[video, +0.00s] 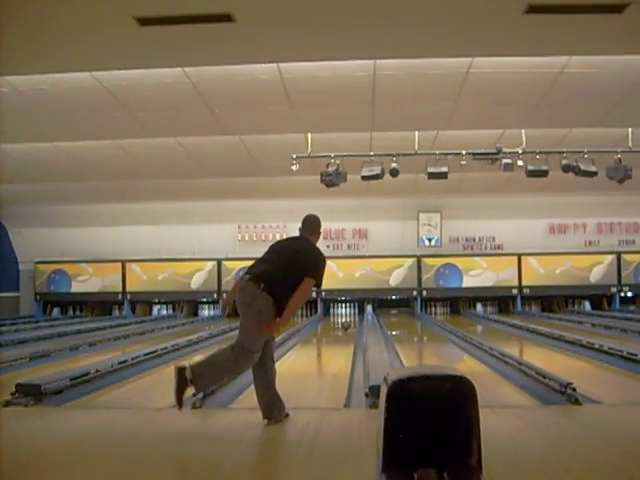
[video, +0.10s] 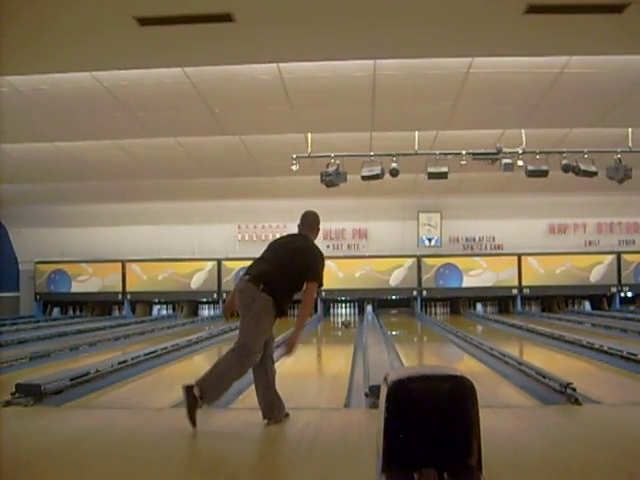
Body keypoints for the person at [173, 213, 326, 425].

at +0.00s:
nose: (317, 236)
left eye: (313, 230)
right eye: (319, 233)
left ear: (301, 229)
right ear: (319, 233)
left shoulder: (284, 243)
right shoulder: (316, 256)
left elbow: (255, 269)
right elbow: (303, 292)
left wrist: (232, 295)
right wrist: (283, 320)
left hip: (245, 290)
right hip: (261, 297)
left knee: (264, 357)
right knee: (246, 352)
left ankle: (273, 412)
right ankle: (191, 375)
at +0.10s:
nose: (314, 232)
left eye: (311, 228)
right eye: (316, 229)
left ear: (299, 226)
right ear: (318, 230)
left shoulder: (281, 241)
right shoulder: (314, 254)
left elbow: (253, 272)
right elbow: (308, 299)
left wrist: (232, 298)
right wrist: (296, 334)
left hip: (246, 290)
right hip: (263, 299)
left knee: (263, 356)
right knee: (247, 351)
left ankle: (273, 412)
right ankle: (199, 392)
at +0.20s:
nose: (313, 227)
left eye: (309, 223)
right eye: (315, 224)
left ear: (297, 222)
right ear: (316, 226)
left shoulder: (280, 239)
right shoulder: (314, 254)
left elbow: (253, 269)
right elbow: (316, 298)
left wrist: (233, 297)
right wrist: (318, 336)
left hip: (245, 290)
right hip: (262, 299)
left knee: (263, 356)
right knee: (248, 352)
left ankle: (273, 411)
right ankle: (200, 393)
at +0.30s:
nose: (313, 224)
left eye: (310, 220)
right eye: (314, 221)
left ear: (296, 219)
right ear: (314, 222)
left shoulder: (279, 237)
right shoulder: (314, 250)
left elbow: (253, 267)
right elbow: (324, 291)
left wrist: (233, 295)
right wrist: (336, 321)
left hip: (244, 289)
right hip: (260, 297)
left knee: (262, 355)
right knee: (248, 353)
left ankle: (273, 412)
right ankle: (200, 394)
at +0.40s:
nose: (311, 220)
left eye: (308, 216)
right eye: (313, 217)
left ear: (294, 216)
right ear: (313, 219)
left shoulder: (277, 235)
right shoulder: (314, 247)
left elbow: (249, 265)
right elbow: (331, 284)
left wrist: (231, 295)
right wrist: (350, 304)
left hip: (244, 288)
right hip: (262, 296)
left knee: (262, 356)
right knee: (248, 352)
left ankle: (273, 412)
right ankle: (199, 393)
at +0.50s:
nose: (311, 216)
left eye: (308, 211)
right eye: (312, 212)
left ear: (293, 211)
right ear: (312, 214)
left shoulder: (275, 231)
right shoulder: (311, 241)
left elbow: (247, 264)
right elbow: (332, 277)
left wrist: (232, 294)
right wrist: (352, 292)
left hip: (245, 289)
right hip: (264, 296)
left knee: (263, 356)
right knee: (253, 354)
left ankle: (274, 413)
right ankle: (203, 393)